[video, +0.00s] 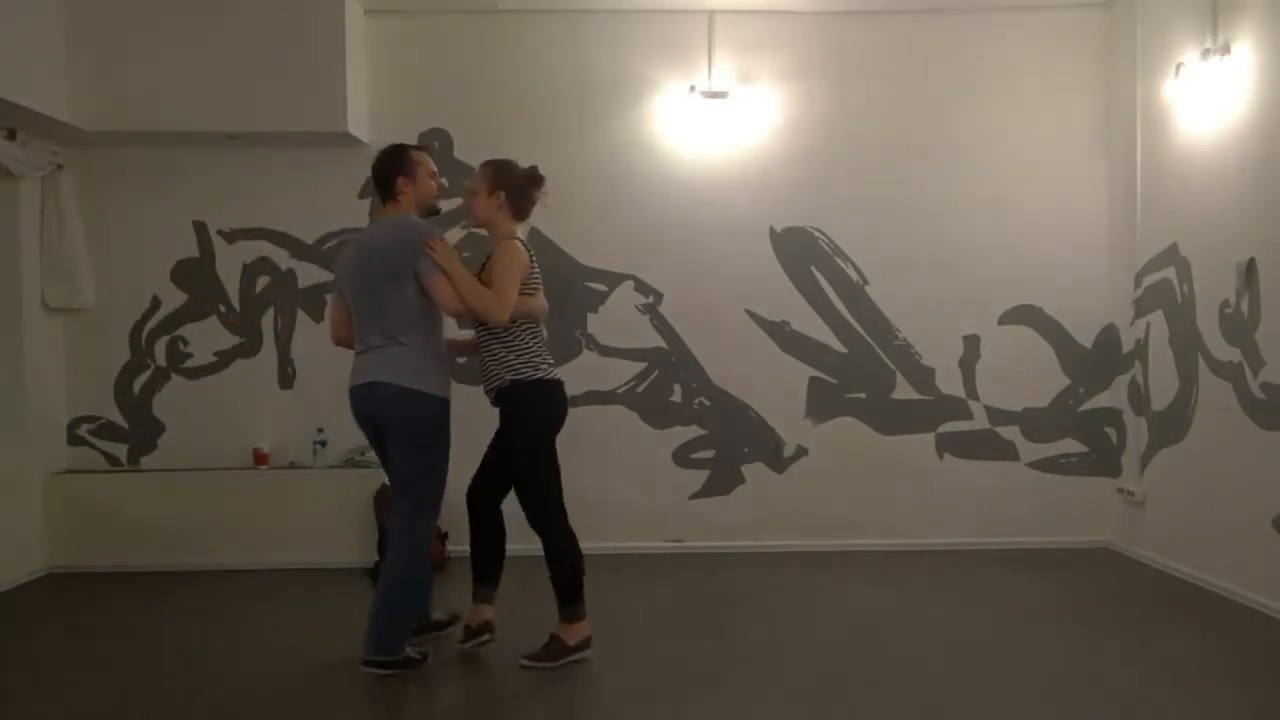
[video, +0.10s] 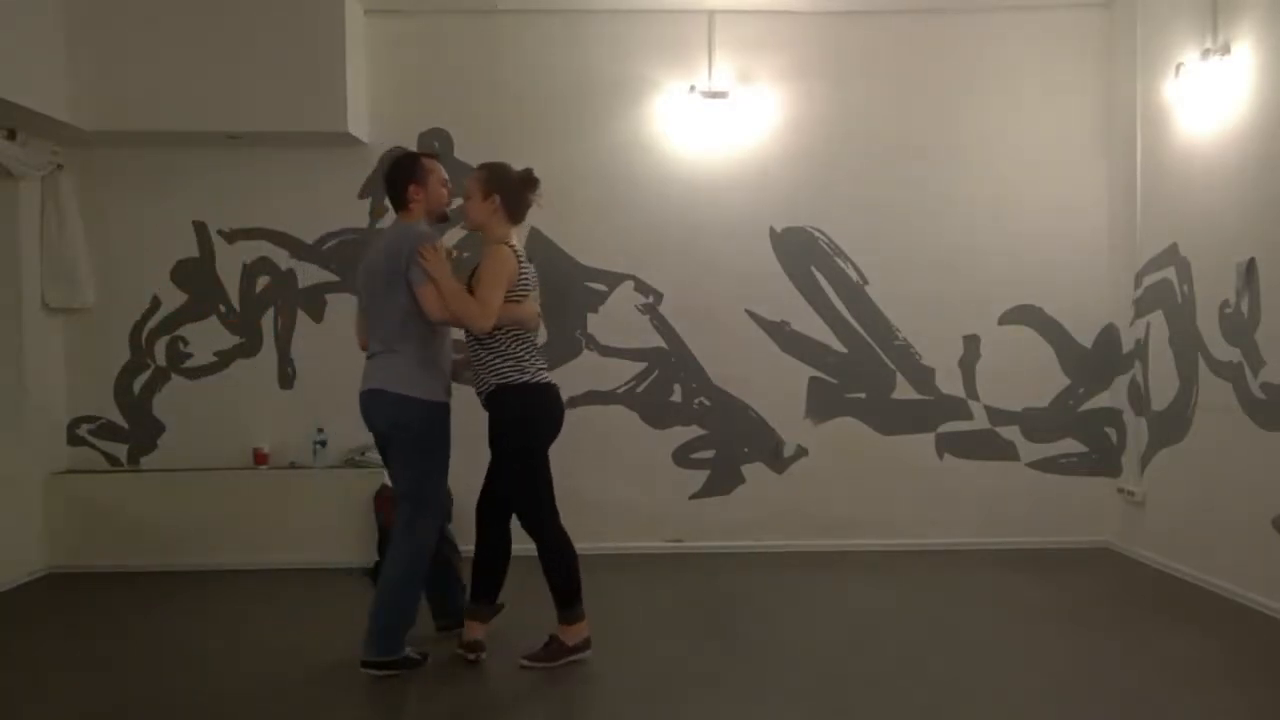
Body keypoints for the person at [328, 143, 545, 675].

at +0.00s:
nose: (440, 185)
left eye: (437, 175)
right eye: (431, 176)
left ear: (388, 188)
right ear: (403, 184)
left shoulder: (353, 246)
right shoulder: (418, 235)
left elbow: (340, 332)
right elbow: (454, 301)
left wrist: (407, 342)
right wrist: (530, 307)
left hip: (367, 390)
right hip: (416, 393)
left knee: (412, 502)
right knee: (418, 510)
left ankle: (412, 610)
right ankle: (385, 645)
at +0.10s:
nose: (450, 190)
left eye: (447, 181)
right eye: (442, 181)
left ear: (404, 195)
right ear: (415, 191)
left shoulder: (378, 246)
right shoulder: (422, 240)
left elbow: (367, 336)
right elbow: (439, 308)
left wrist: (447, 321)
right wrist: (520, 314)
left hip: (382, 395)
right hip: (418, 399)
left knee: (426, 509)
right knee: (423, 514)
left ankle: (453, 614)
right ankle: (383, 646)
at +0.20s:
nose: (459, 196)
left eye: (457, 187)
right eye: (452, 188)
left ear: (421, 197)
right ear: (426, 196)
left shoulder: (407, 243)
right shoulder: (417, 246)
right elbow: (425, 315)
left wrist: (499, 312)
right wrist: (499, 319)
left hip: (403, 397)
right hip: (413, 401)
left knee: (448, 501)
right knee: (428, 506)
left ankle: (458, 611)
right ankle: (382, 634)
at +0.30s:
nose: (466, 196)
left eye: (463, 185)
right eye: (458, 186)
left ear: (429, 194)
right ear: (433, 193)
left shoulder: (434, 248)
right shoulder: (416, 249)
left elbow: (453, 308)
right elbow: (421, 318)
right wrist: (488, 316)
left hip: (421, 394)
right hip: (415, 396)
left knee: (442, 503)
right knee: (437, 504)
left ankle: (456, 609)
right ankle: (382, 617)